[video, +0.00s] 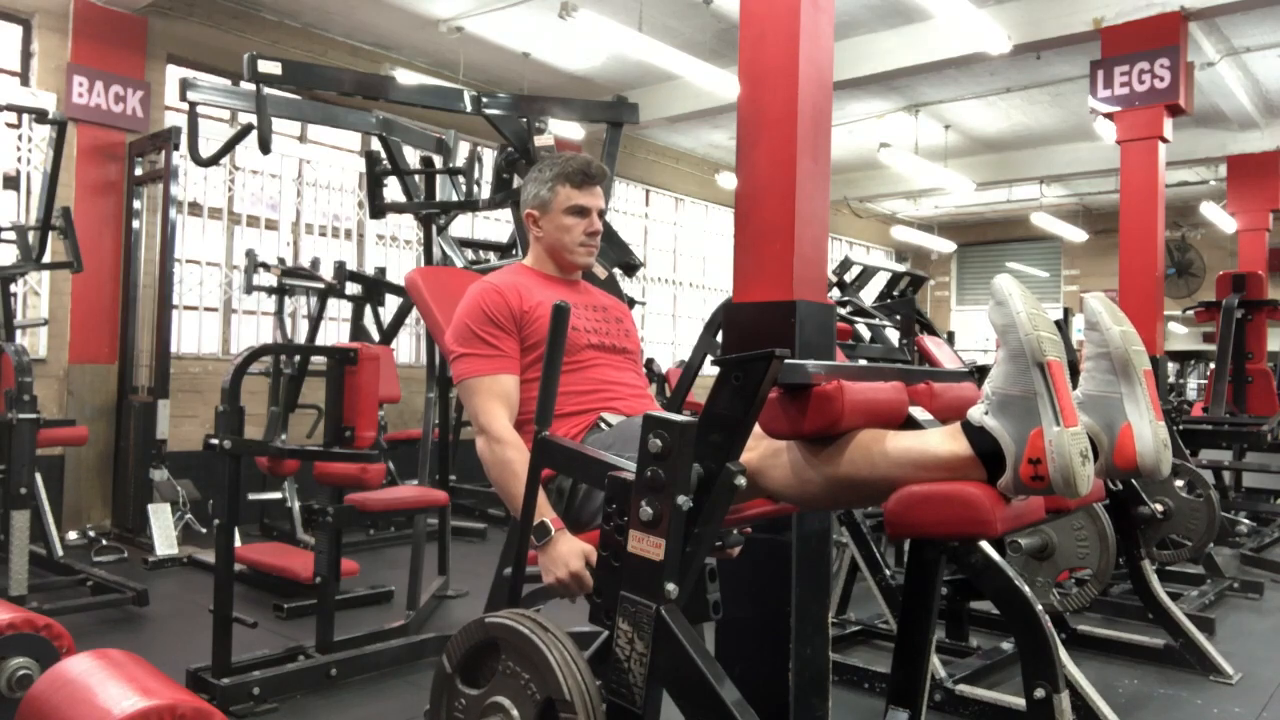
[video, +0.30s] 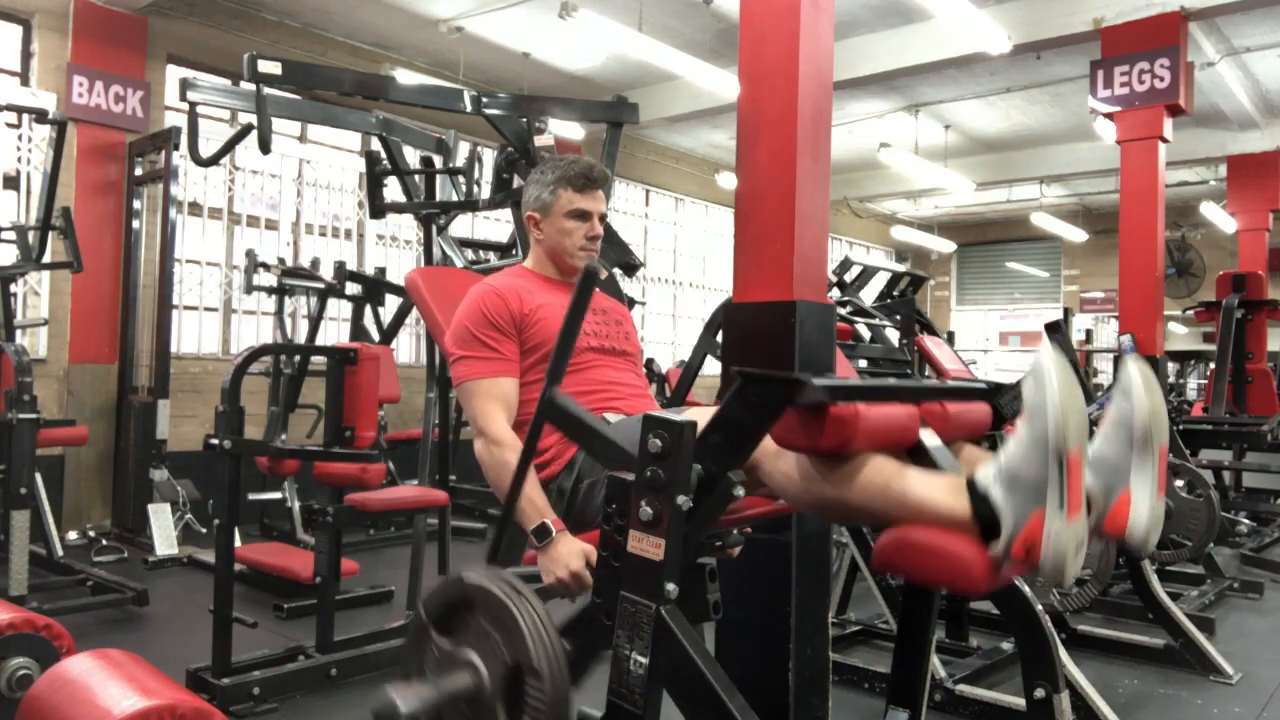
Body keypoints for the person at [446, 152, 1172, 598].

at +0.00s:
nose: (591, 228)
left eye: (597, 216)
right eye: (576, 214)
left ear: (598, 222)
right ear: (530, 216)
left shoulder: (610, 306)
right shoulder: (496, 295)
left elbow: (649, 399)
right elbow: (491, 428)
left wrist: (715, 428)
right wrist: (548, 531)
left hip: (663, 444)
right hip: (586, 465)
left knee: (828, 447)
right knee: (773, 457)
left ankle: (1075, 442)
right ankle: (987, 443)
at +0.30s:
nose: (593, 234)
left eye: (598, 221)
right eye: (578, 219)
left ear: (598, 226)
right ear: (533, 219)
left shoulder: (608, 306)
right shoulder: (495, 298)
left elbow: (653, 398)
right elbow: (490, 429)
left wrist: (717, 421)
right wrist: (546, 533)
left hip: (656, 442)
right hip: (583, 465)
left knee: (817, 452)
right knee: (774, 455)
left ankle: (999, 501)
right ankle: (993, 504)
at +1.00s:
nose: (600, 232)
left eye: (604, 220)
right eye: (586, 219)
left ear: (606, 228)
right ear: (539, 223)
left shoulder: (613, 304)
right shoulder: (508, 294)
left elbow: (650, 396)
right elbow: (490, 434)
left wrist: (717, 429)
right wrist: (550, 537)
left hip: (655, 445)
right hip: (586, 468)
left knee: (850, 421)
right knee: (757, 422)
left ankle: (901, 648)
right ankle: (793, 679)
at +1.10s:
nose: (600, 234)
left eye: (603, 223)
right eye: (587, 220)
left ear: (601, 233)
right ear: (540, 224)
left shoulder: (613, 305)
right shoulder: (505, 296)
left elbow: (656, 389)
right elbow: (489, 433)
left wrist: (714, 415)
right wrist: (551, 537)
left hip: (653, 443)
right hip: (584, 466)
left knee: (848, 423)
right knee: (757, 417)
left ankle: (885, 648)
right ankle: (778, 677)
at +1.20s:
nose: (601, 234)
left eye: (605, 222)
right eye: (587, 220)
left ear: (603, 230)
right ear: (538, 224)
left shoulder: (608, 303)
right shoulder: (501, 296)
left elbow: (653, 386)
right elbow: (491, 435)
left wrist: (713, 409)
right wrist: (550, 537)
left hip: (653, 443)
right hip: (584, 466)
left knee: (849, 424)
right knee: (756, 419)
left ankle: (876, 646)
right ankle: (766, 674)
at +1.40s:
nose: (602, 234)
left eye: (608, 221)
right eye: (586, 220)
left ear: (611, 226)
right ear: (542, 222)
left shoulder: (610, 304)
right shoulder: (503, 300)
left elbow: (643, 393)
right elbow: (491, 436)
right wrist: (551, 536)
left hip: (658, 448)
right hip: (590, 468)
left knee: (848, 422)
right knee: (754, 418)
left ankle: (857, 641)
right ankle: (750, 669)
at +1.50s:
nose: (598, 237)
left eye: (604, 224)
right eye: (584, 221)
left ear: (606, 229)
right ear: (541, 221)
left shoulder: (607, 303)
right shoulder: (501, 303)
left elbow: (644, 390)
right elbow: (492, 436)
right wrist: (550, 536)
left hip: (655, 444)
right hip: (587, 466)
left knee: (849, 422)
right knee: (754, 419)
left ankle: (849, 643)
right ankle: (745, 669)